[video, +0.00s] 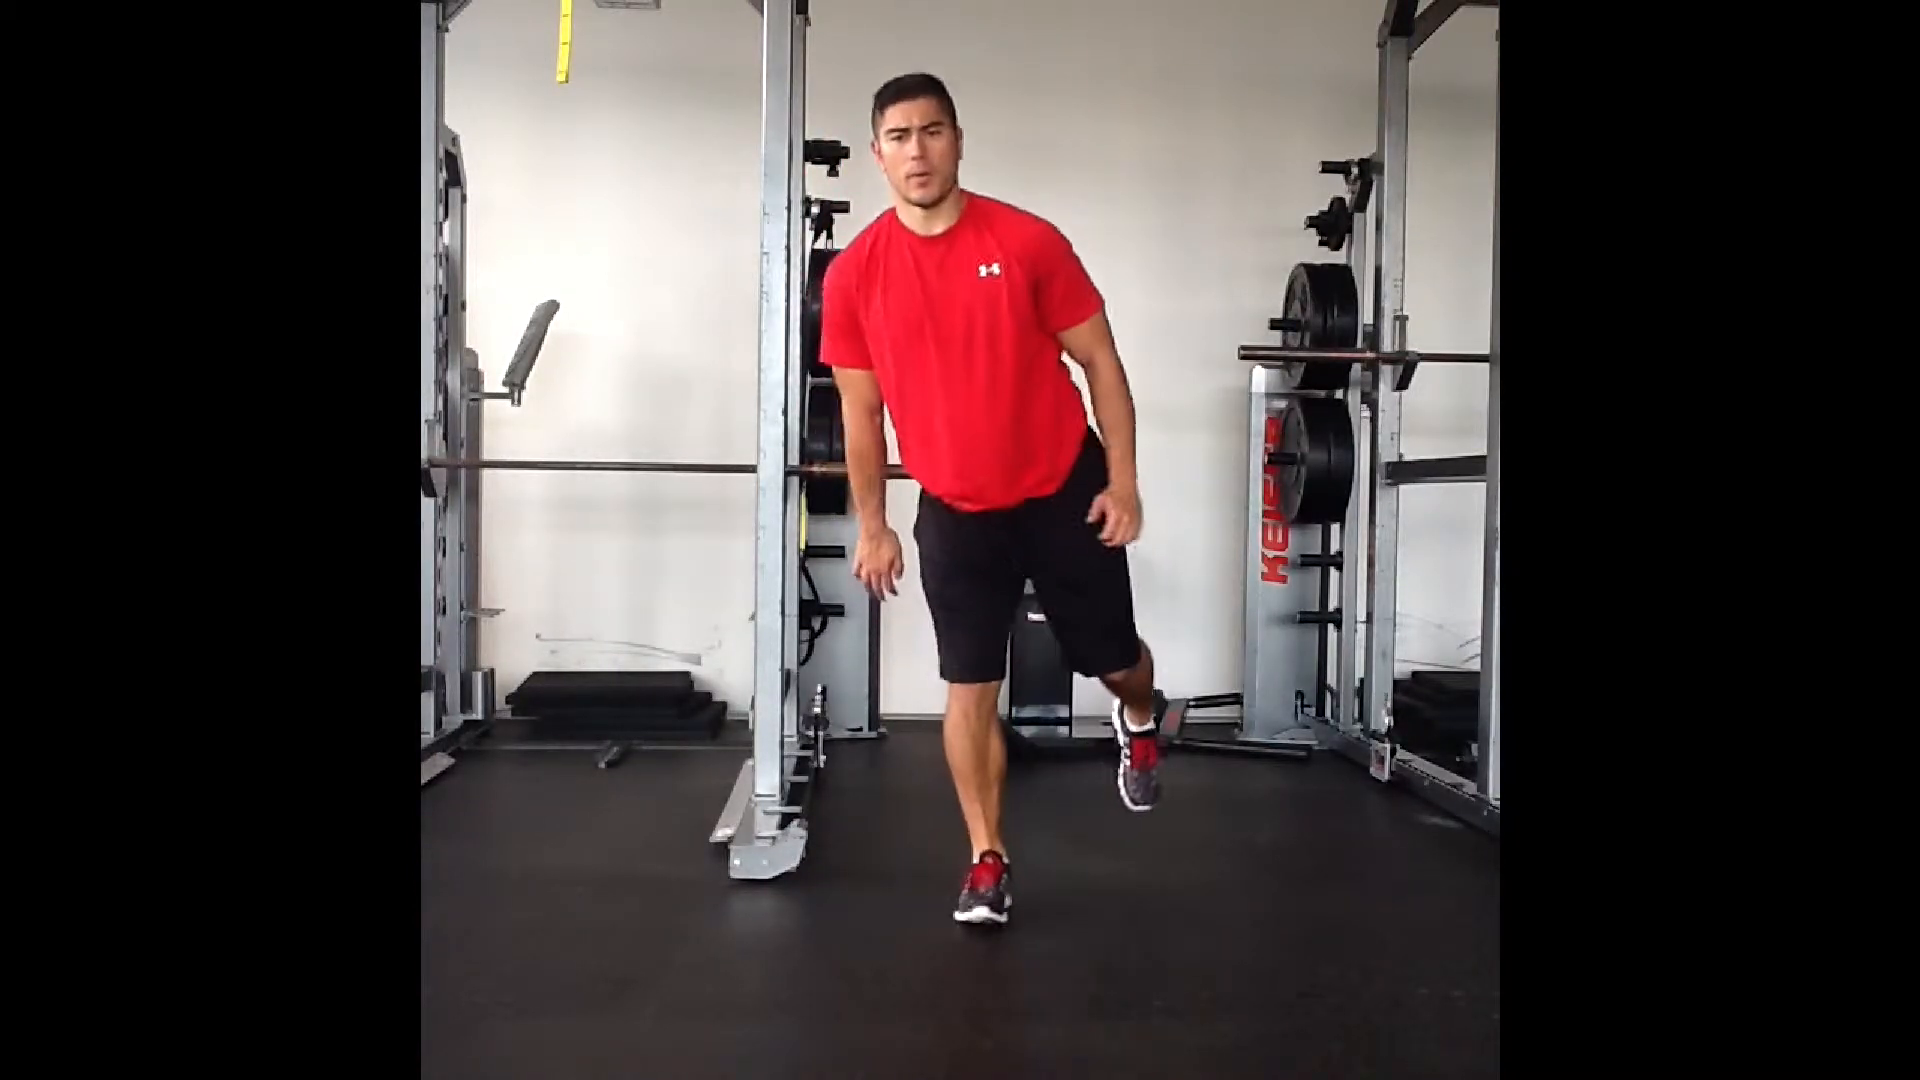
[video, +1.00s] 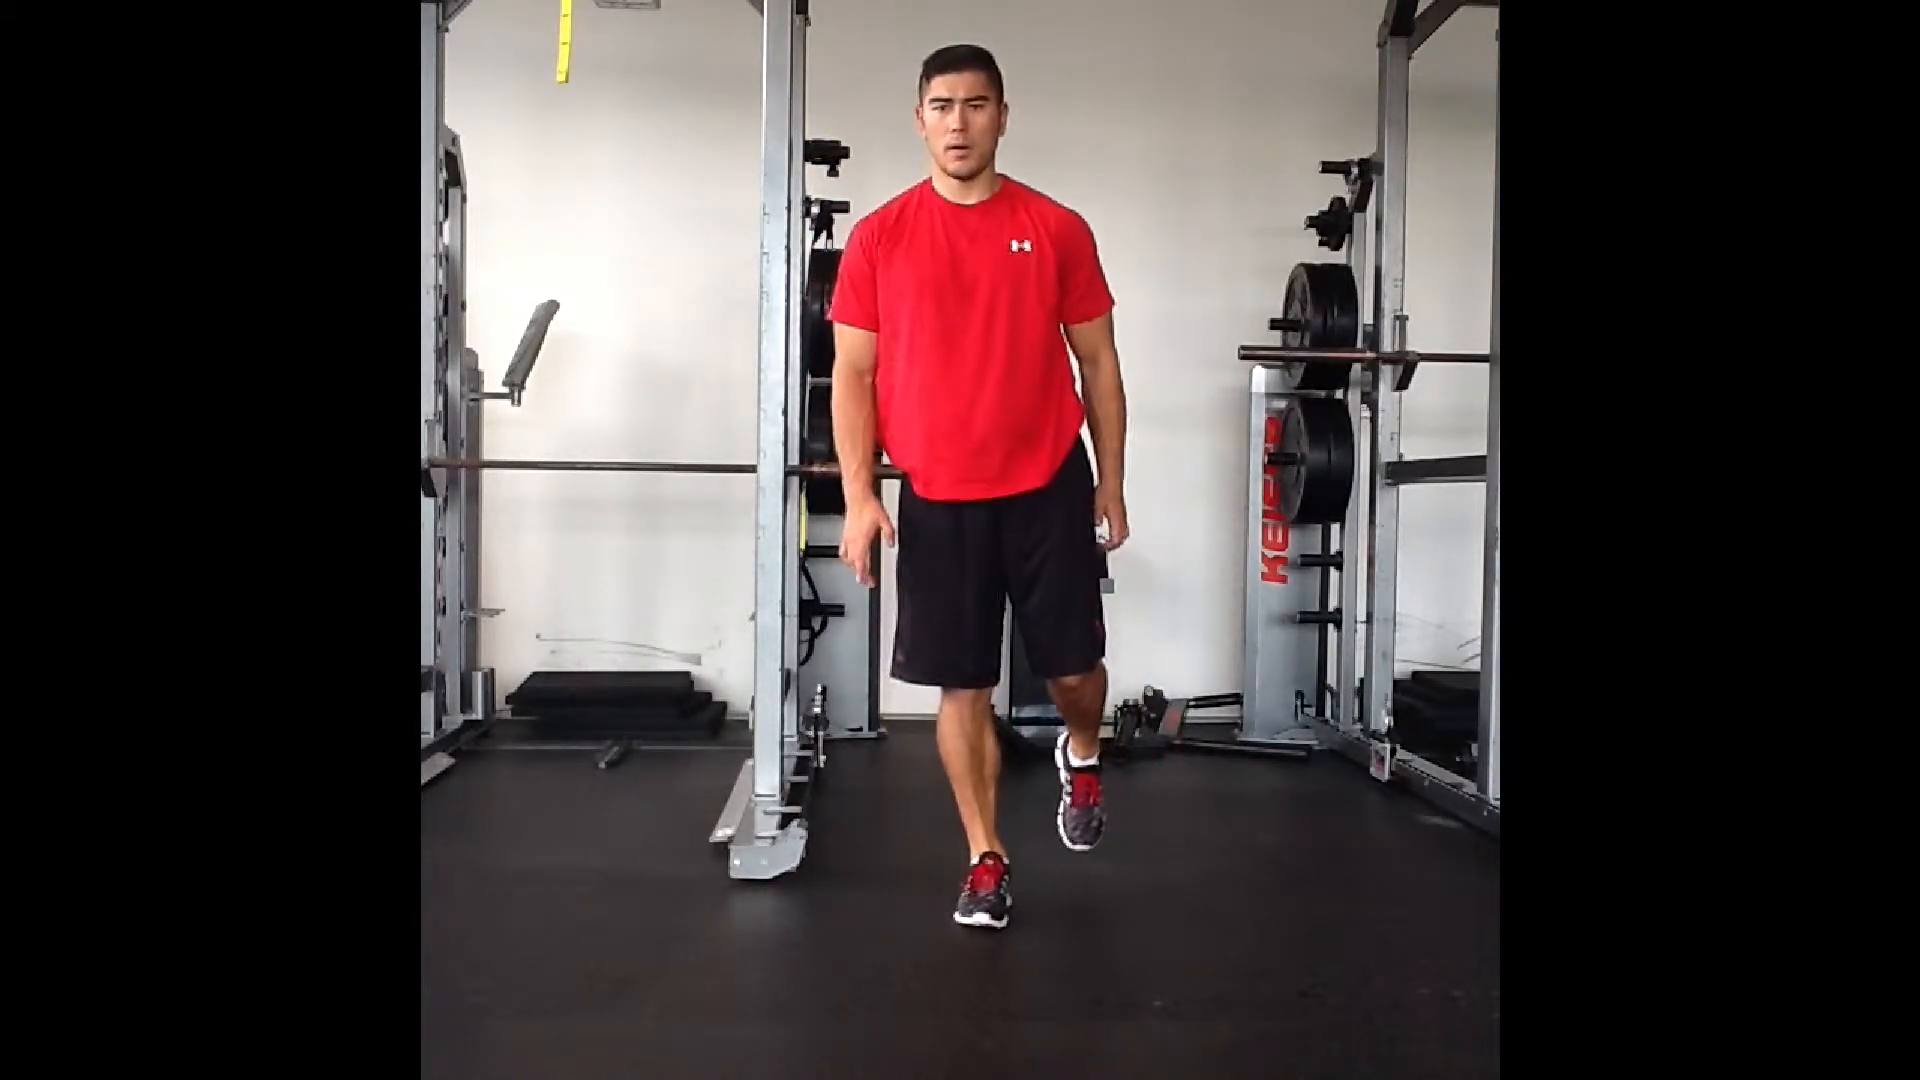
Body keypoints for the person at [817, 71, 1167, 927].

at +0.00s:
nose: (918, 150)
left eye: (933, 132)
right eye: (899, 136)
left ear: (958, 143)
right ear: (878, 155)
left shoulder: (1027, 242)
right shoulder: (854, 275)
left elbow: (1099, 361)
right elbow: (860, 412)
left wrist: (1123, 478)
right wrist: (872, 524)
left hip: (1061, 488)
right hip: (954, 506)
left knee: (1116, 661)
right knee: (968, 684)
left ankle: (1143, 728)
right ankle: (985, 860)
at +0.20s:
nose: (932, 131)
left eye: (948, 111)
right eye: (915, 116)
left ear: (978, 121)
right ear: (896, 131)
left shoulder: (1040, 227)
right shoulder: (864, 250)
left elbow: (1095, 354)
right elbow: (853, 386)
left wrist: (1123, 470)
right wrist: (860, 504)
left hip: (1055, 484)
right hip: (946, 502)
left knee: (1094, 660)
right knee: (967, 682)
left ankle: (1131, 736)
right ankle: (985, 862)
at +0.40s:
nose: (947, 127)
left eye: (964, 109)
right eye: (930, 112)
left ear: (993, 117)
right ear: (910, 125)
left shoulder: (1049, 227)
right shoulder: (871, 239)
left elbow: (1094, 357)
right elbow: (852, 377)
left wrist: (1109, 480)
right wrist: (855, 499)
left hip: (1049, 484)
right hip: (939, 497)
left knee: (1077, 663)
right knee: (960, 680)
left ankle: (1097, 754)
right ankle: (982, 859)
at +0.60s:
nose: (954, 124)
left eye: (970, 107)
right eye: (937, 107)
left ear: (998, 118)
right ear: (915, 120)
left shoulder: (1053, 227)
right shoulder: (874, 238)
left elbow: (1096, 357)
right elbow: (855, 375)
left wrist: (1112, 480)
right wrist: (859, 497)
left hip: (1046, 487)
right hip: (936, 498)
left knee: (1074, 669)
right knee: (959, 683)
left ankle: (1093, 759)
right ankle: (982, 860)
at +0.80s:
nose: (957, 122)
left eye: (974, 105)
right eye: (941, 106)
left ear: (1001, 119)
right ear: (918, 121)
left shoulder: (1056, 230)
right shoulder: (876, 239)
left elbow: (1097, 359)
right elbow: (854, 377)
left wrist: (1114, 480)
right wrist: (861, 493)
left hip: (1047, 488)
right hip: (937, 499)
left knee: (1074, 669)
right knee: (960, 684)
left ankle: (1093, 761)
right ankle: (983, 860)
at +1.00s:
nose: (958, 121)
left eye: (975, 105)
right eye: (942, 105)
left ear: (1002, 118)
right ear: (920, 120)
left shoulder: (1056, 230)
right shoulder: (876, 238)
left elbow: (1097, 358)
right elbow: (853, 373)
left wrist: (1111, 482)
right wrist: (858, 494)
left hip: (1047, 488)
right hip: (936, 498)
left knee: (1072, 672)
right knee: (960, 683)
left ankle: (1081, 762)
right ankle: (983, 858)